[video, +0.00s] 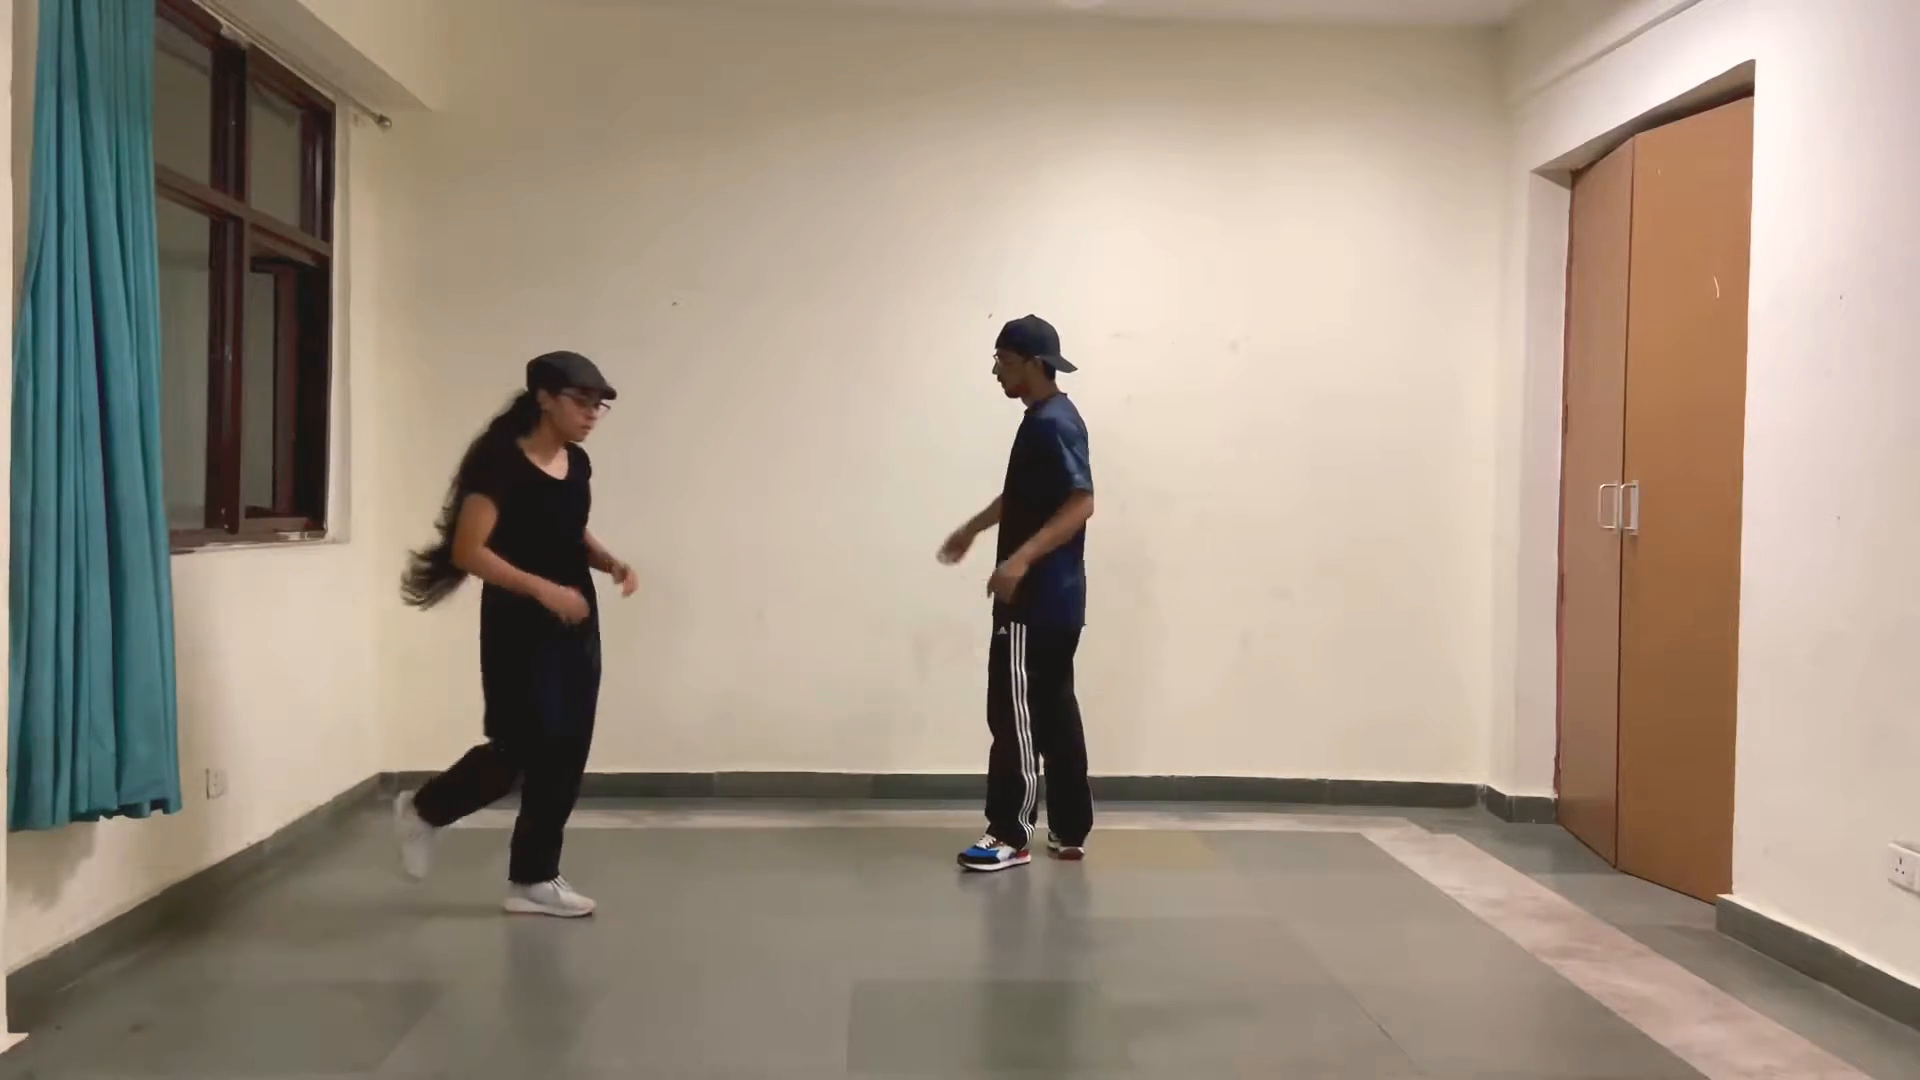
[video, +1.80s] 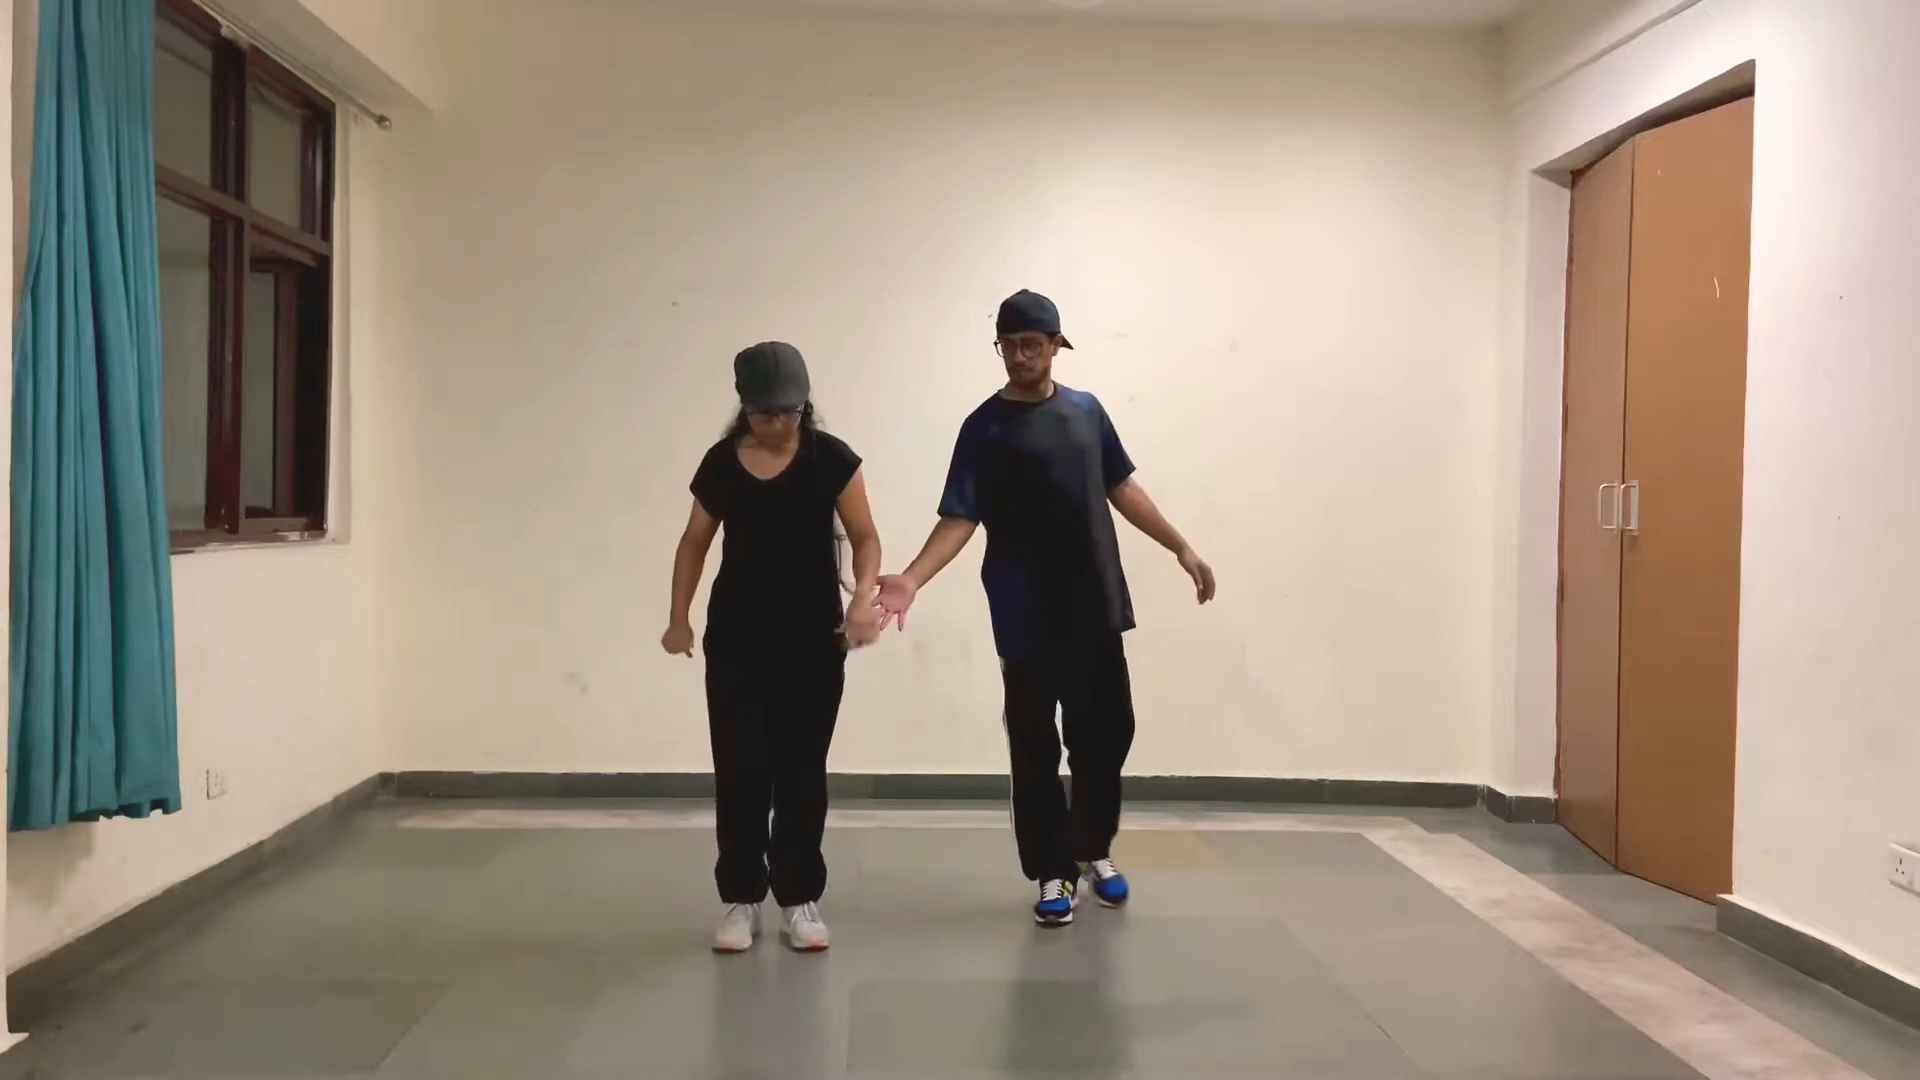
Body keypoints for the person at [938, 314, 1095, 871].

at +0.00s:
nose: (996, 371)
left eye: (1002, 361)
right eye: (997, 361)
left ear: (1031, 363)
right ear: (1036, 365)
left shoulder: (1052, 422)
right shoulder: (1046, 417)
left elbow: (1080, 504)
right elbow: (1023, 492)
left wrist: (1019, 560)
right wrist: (971, 528)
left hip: (1035, 597)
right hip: (1047, 595)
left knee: (1012, 714)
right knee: (1053, 711)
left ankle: (1009, 836)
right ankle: (1069, 831)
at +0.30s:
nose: (1001, 372)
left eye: (1012, 364)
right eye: (1001, 362)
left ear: (1044, 367)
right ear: (1015, 366)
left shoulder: (1072, 434)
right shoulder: (1011, 422)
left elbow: (1103, 511)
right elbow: (969, 462)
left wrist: (1085, 556)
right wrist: (901, 454)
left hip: (1035, 592)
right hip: (994, 587)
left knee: (1020, 707)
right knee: (998, 694)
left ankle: (1013, 837)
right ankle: (1069, 792)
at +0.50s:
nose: (1022, 368)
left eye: (1035, 360)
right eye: (1019, 358)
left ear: (1064, 368)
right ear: (1016, 362)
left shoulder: (1080, 440)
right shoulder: (997, 417)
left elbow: (1093, 519)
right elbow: (949, 468)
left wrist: (1087, 569)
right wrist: (883, 500)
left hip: (1032, 600)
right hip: (976, 590)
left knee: (1028, 719)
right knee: (974, 709)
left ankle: (1016, 838)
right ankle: (969, 812)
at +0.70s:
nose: (1028, 365)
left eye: (1041, 358)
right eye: (1025, 355)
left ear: (1067, 369)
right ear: (1017, 360)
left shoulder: (1081, 441)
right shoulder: (990, 420)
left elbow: (1082, 531)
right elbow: (966, 504)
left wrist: (1067, 608)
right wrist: (947, 580)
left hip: (1034, 609)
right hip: (975, 600)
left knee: (1029, 731)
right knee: (939, 719)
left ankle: (1015, 839)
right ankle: (905, 830)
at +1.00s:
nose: (1022, 374)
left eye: (1034, 365)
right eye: (1015, 364)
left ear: (1059, 371)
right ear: (1006, 365)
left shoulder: (1079, 439)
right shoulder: (979, 426)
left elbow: (1092, 527)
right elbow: (965, 509)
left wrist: (1096, 607)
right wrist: (1036, 534)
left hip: (1049, 604)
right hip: (988, 600)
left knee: (1043, 724)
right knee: (996, 720)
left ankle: (1021, 848)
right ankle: (1005, 850)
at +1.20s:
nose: (1020, 368)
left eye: (1031, 359)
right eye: (1012, 359)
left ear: (1056, 364)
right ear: (1002, 366)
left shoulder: (1080, 433)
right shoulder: (983, 434)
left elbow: (1096, 519)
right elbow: (972, 530)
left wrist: (1119, 596)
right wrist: (993, 613)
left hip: (1067, 604)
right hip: (1009, 606)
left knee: (1053, 733)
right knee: (1026, 738)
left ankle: (1002, 828)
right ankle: (1057, 871)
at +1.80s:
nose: (1022, 355)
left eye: (1034, 344)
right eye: (1012, 345)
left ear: (1056, 345)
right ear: (999, 348)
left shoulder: (1087, 412)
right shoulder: (983, 427)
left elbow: (1124, 488)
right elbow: (959, 516)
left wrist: (1183, 549)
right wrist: (910, 579)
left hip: (1095, 608)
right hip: (1024, 616)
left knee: (1108, 731)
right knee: (1034, 745)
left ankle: (1090, 846)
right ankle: (1052, 872)